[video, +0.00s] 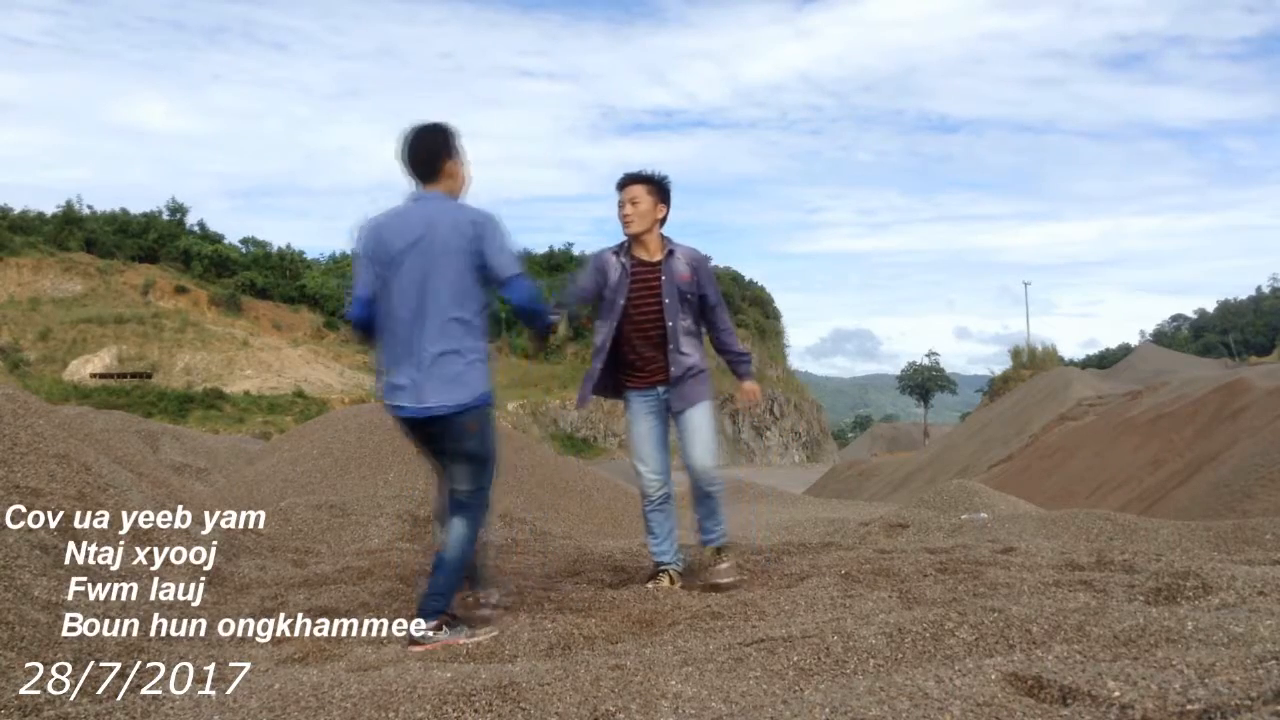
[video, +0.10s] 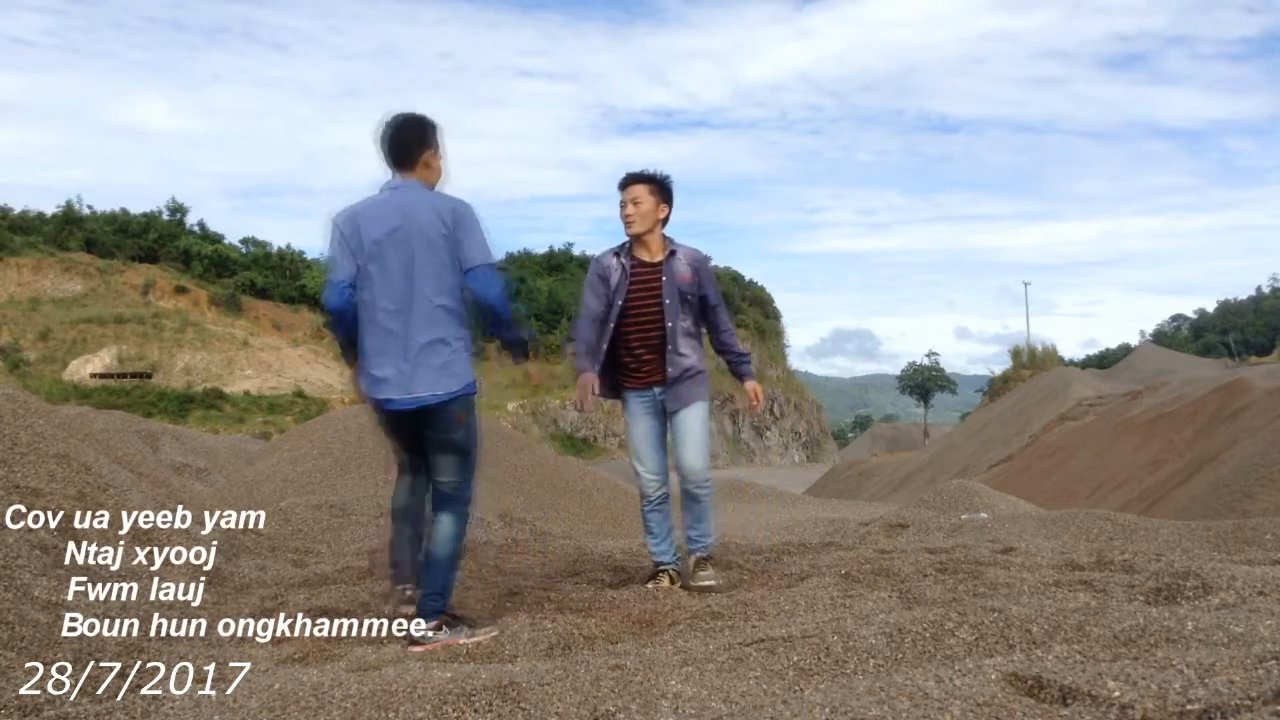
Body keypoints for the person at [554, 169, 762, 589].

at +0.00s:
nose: (624, 212)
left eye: (634, 203)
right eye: (621, 205)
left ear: (661, 210)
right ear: (619, 213)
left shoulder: (690, 262)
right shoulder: (606, 264)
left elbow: (718, 321)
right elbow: (568, 296)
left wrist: (744, 373)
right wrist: (540, 311)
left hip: (688, 383)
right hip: (639, 392)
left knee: (702, 467)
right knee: (652, 483)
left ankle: (717, 549)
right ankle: (666, 567)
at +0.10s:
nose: (626, 211)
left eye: (635, 203)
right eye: (623, 205)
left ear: (662, 210)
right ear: (621, 212)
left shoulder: (692, 263)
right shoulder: (607, 266)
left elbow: (720, 324)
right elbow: (587, 321)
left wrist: (745, 374)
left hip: (686, 386)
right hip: (637, 393)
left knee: (694, 473)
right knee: (651, 483)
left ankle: (701, 559)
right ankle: (665, 566)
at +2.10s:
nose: (686, 216)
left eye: (695, 208)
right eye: (682, 209)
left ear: (721, 210)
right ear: (679, 212)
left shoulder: (738, 265)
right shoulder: (672, 266)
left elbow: (727, 329)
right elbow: (646, 322)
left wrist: (704, 382)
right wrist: (623, 374)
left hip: (709, 395)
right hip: (662, 392)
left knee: (703, 484)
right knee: (643, 474)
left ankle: (692, 574)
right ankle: (690, 546)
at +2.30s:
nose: (722, 238)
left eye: (732, 231)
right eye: (719, 230)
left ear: (755, 240)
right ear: (714, 236)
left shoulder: (769, 296)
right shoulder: (695, 288)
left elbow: (774, 344)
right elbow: (659, 330)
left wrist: (745, 335)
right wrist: (628, 362)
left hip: (741, 403)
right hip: (697, 403)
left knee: (718, 474)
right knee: (693, 493)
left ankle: (702, 571)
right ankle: (739, 565)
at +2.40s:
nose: (729, 244)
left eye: (739, 237)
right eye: (726, 237)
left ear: (761, 247)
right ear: (720, 243)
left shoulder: (782, 300)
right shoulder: (705, 299)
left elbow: (801, 354)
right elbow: (675, 341)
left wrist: (775, 342)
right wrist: (645, 369)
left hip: (756, 404)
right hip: (712, 406)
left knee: (736, 466)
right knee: (697, 487)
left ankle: (740, 558)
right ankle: (724, 555)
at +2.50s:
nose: (742, 240)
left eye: (751, 233)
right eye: (738, 234)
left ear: (773, 239)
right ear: (734, 239)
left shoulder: (796, 291)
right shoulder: (719, 295)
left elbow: (820, 342)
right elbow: (700, 347)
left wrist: (808, 373)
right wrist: (681, 376)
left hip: (776, 400)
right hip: (728, 402)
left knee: (766, 461)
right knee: (719, 483)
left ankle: (781, 540)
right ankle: (736, 567)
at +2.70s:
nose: (762, 256)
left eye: (771, 248)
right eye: (758, 249)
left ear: (793, 253)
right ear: (754, 253)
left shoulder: (816, 301)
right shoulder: (748, 300)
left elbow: (836, 360)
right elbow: (740, 356)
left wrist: (852, 414)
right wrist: (730, 403)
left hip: (812, 408)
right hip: (768, 407)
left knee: (806, 477)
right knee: (742, 467)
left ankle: (812, 552)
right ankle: (772, 544)